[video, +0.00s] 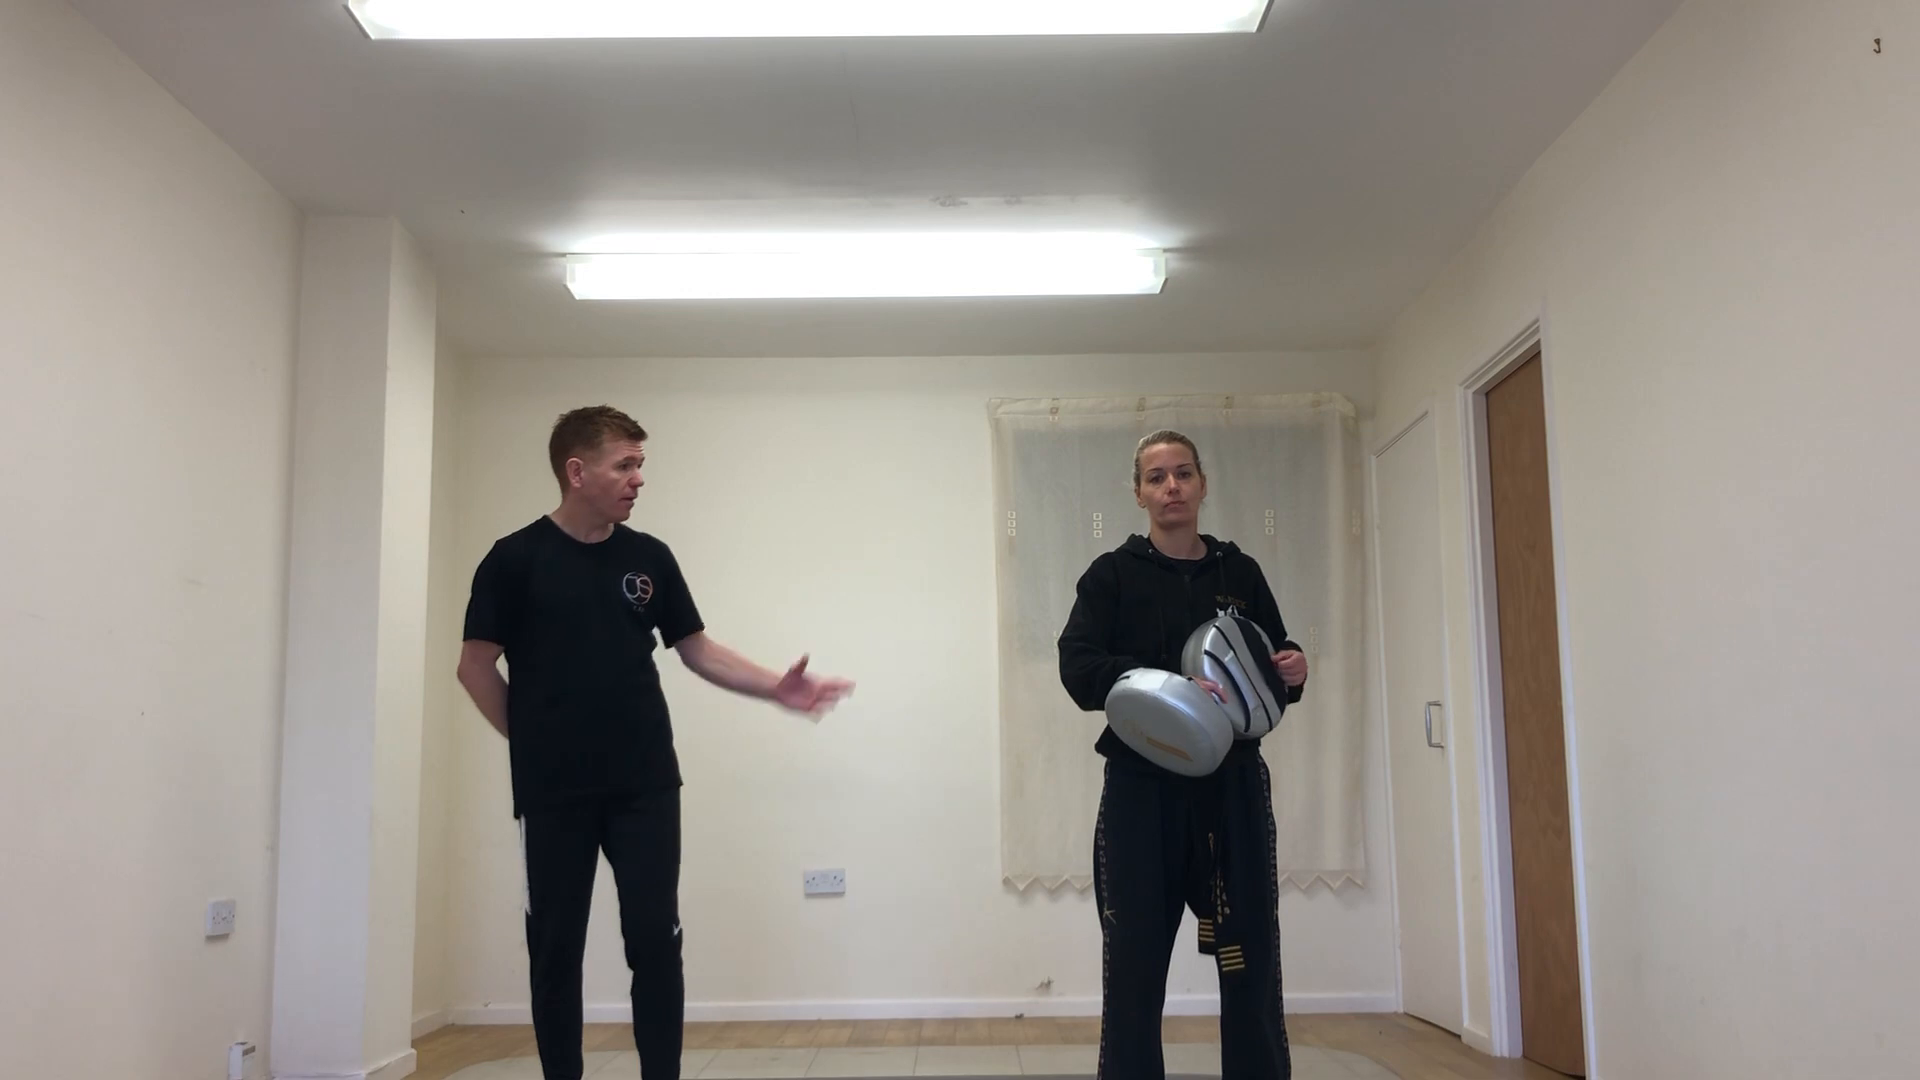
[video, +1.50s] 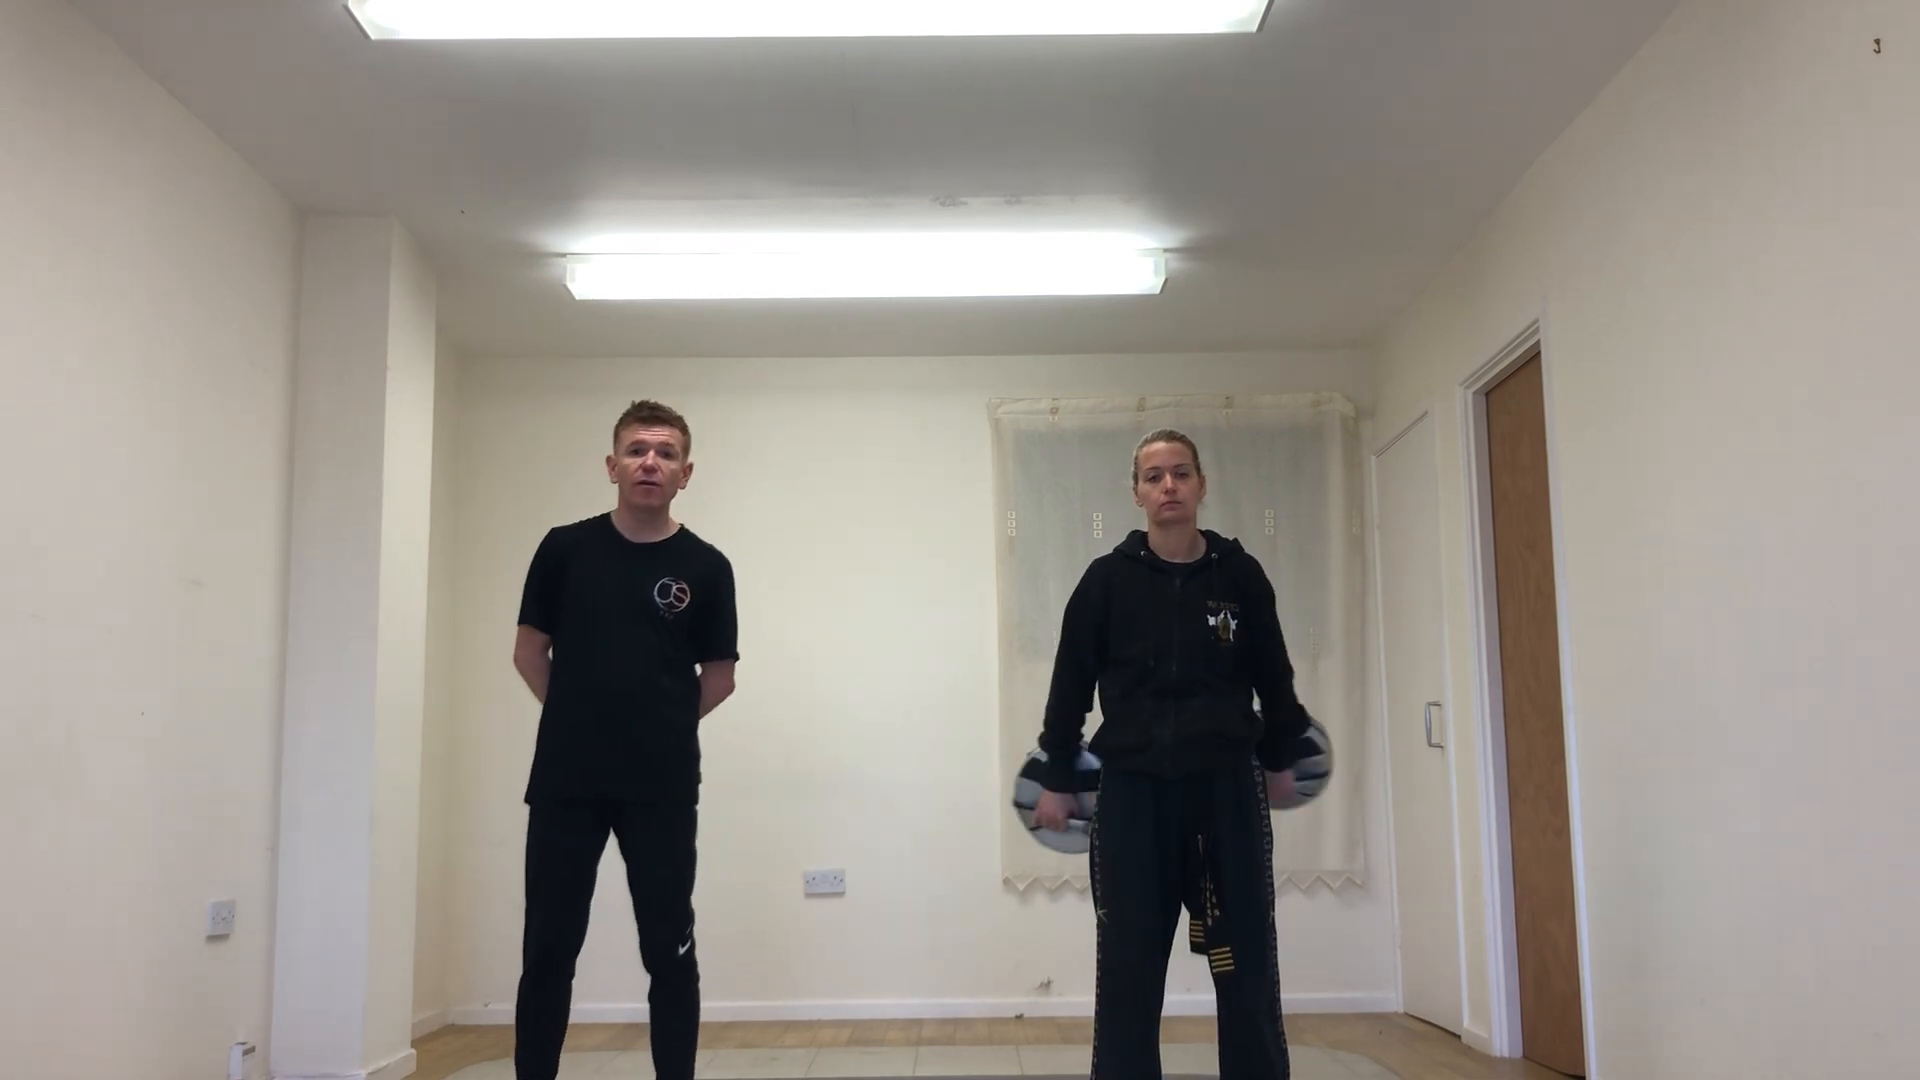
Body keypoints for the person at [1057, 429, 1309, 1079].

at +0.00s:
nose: (1171, 485)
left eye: (1182, 473)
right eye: (1156, 476)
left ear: (1202, 485)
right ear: (1139, 493)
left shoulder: (1239, 570)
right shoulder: (1110, 575)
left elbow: (1274, 672)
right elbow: (1077, 668)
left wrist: (1291, 670)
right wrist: (1164, 689)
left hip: (1234, 781)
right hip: (1141, 782)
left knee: (1250, 958)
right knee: (1134, 964)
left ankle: (1259, 1076)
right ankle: (1128, 1078)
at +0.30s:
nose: (1172, 484)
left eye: (1183, 472)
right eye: (1157, 476)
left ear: (1203, 484)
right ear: (1138, 492)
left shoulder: (1238, 568)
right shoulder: (1110, 575)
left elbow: (1296, 659)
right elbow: (1077, 672)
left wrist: (1294, 660)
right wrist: (1166, 693)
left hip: (1234, 783)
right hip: (1140, 785)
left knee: (1250, 960)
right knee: (1133, 967)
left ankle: (1260, 1077)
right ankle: (1127, 1078)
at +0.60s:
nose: (1167, 486)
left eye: (1179, 474)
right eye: (1153, 478)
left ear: (1199, 484)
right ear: (1136, 493)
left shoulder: (1242, 570)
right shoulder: (1109, 576)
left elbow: (1318, 656)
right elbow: (1077, 668)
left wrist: (1275, 669)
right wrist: (1148, 689)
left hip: (1231, 784)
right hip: (1137, 788)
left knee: (1249, 966)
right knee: (1132, 972)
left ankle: (1259, 1078)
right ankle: (1128, 1079)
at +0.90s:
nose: (1164, 487)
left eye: (1176, 475)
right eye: (1150, 478)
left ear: (1198, 484)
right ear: (1135, 494)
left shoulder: (1244, 571)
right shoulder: (1109, 578)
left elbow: (1316, 653)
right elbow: (1075, 666)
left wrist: (1259, 670)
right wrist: (1141, 697)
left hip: (1231, 785)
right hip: (1138, 788)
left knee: (1248, 966)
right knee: (1130, 968)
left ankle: (1258, 1078)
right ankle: (1125, 1079)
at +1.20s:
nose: (1165, 488)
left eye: (1177, 475)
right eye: (1150, 479)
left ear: (1198, 485)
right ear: (1134, 494)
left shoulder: (1241, 575)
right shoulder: (1107, 580)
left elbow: (1303, 652)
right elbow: (1059, 666)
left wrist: (1330, 715)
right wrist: (1047, 742)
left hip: (1230, 787)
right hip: (1135, 791)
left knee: (1248, 968)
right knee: (1130, 973)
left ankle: (1258, 1077)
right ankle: (1125, 1079)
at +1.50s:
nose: (1168, 485)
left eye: (1180, 473)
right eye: (1154, 476)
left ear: (1200, 487)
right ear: (1137, 494)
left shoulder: (1238, 571)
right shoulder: (1106, 577)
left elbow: (1271, 668)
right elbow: (1072, 678)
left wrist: (1283, 754)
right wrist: (1056, 774)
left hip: (1226, 784)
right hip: (1133, 786)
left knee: (1245, 955)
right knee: (1129, 960)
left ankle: (1257, 1076)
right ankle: (1123, 1076)